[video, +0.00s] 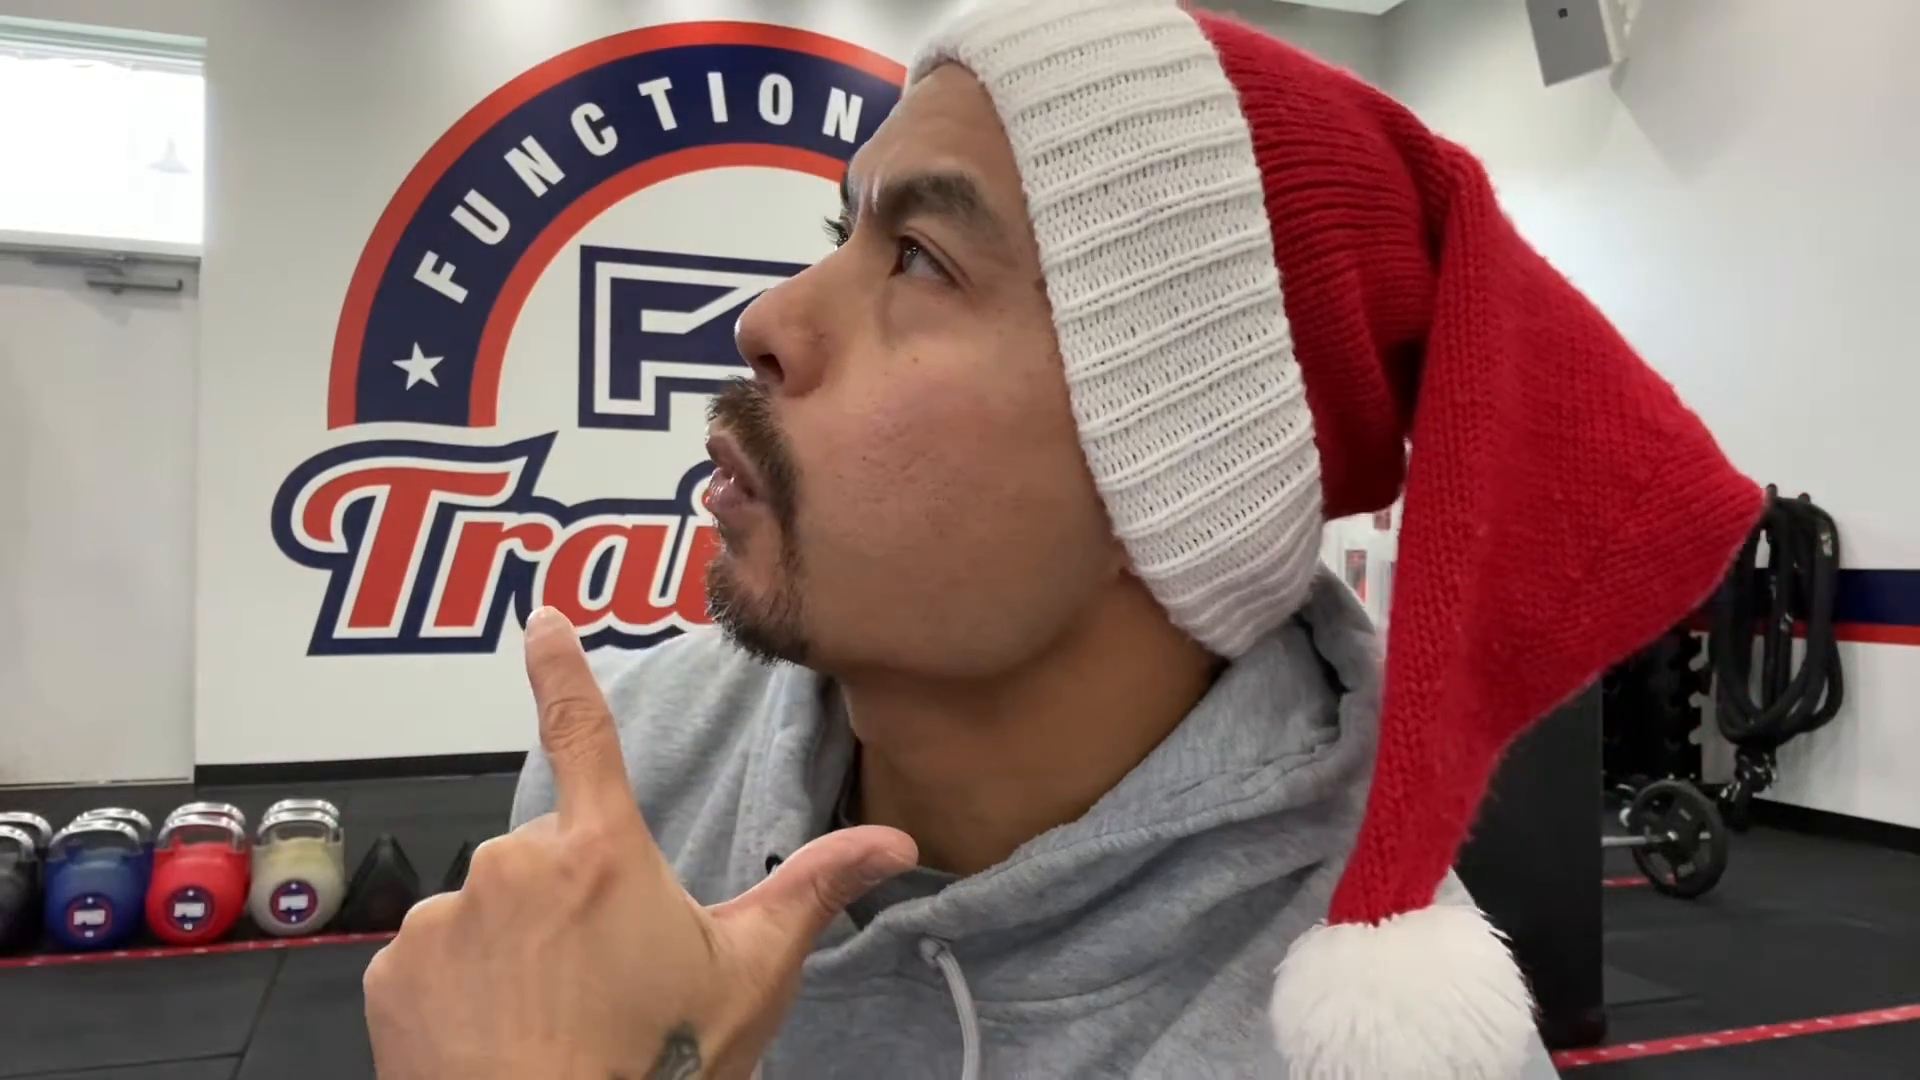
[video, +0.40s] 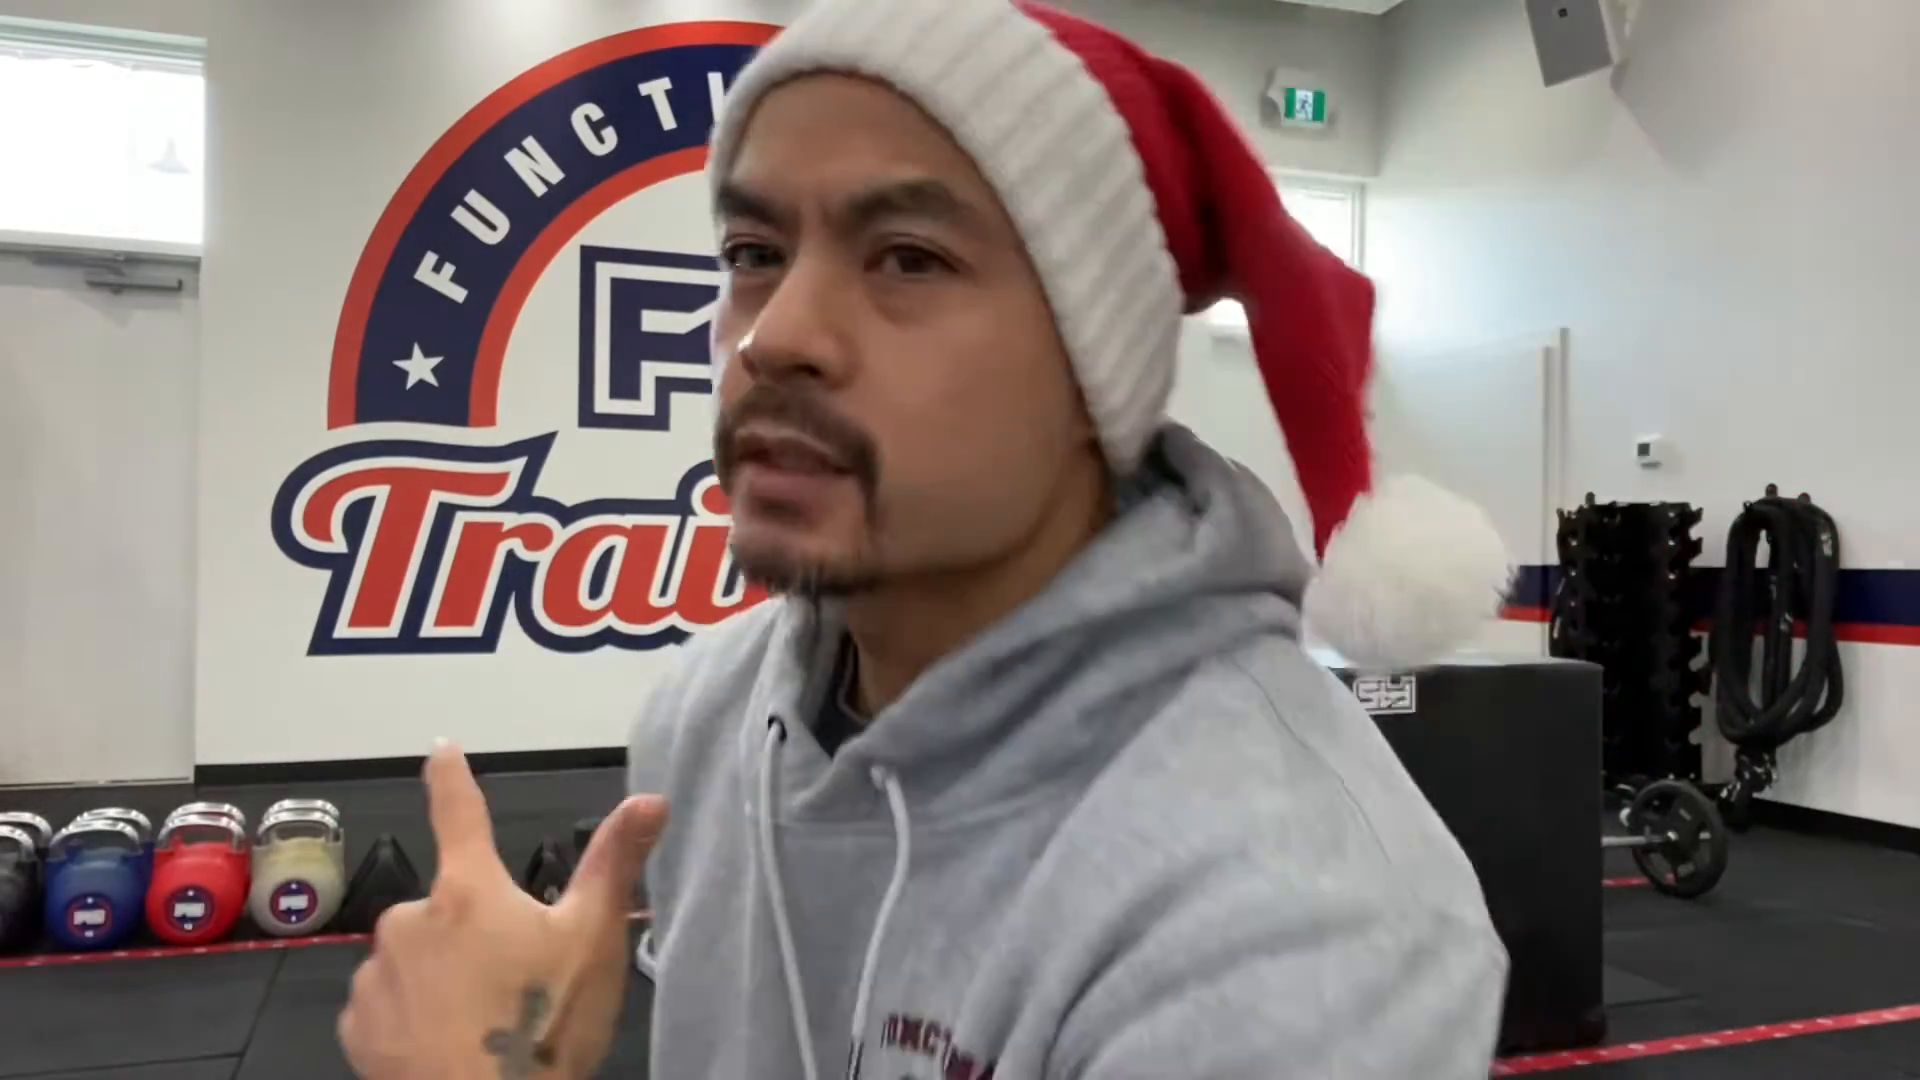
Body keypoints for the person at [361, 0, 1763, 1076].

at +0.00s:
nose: (766, 327)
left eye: (927, 262)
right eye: (848, 241)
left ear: (1200, 459)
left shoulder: (1373, 1019)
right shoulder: (630, 754)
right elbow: (488, 1003)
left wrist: (547, 1071)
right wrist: (554, 1044)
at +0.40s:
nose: (778, 339)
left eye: (908, 261)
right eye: (754, 258)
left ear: (1117, 345)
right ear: (722, 294)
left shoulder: (1292, 921)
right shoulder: (704, 715)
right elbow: (635, 1033)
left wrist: (509, 1069)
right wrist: (548, 1044)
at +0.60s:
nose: (784, 331)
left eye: (884, 254)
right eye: (750, 275)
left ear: (1068, 313)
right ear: (725, 324)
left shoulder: (1305, 771)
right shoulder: (767, 741)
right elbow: (717, 1038)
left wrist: (671, 1066)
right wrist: (660, 1055)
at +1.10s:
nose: (928, 344)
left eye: (991, 294)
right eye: (885, 320)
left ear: (1116, 341)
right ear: (854, 394)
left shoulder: (1345, 634)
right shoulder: (852, 749)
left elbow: (1530, 1055)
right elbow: (869, 1051)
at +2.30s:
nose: (958, 308)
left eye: (1020, 264)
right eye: (899, 275)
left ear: (1111, 337)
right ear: (842, 352)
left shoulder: (1347, 665)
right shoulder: (711, 740)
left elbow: (1495, 1056)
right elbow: (695, 1069)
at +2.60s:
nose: (1083, 313)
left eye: (1128, 270)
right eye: (1010, 283)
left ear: (1190, 337)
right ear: (924, 374)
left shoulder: (1376, 658)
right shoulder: (771, 752)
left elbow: (1498, 1035)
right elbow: (725, 1064)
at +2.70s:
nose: (1164, 326)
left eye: (1197, 289)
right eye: (1091, 292)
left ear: (1244, 348)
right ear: (993, 379)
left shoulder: (1374, 664)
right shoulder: (836, 732)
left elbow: (1488, 1000)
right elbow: (778, 1071)